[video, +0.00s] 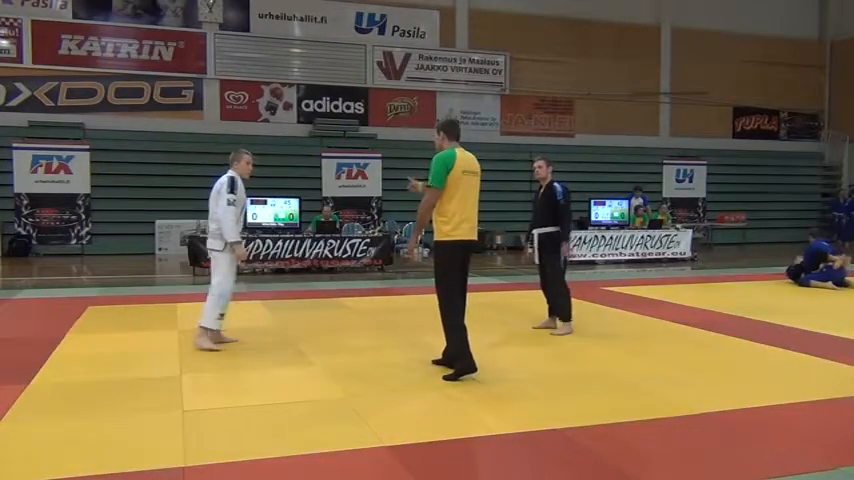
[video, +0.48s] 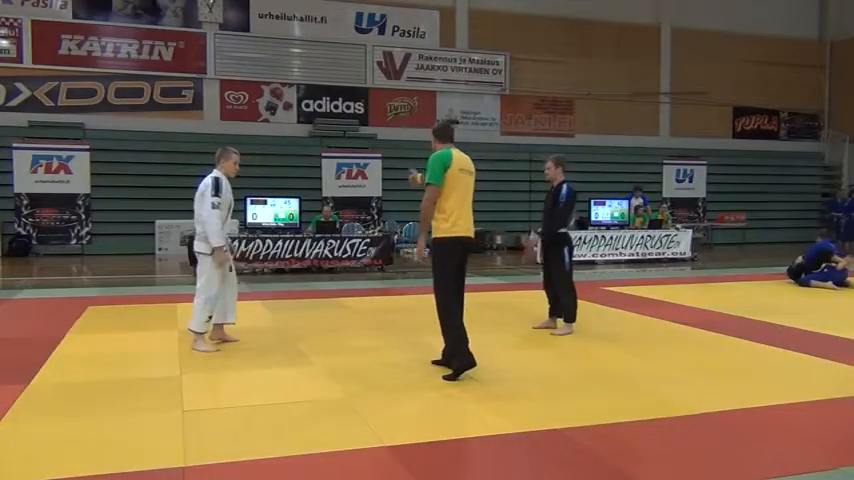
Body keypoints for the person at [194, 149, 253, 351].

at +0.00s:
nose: (251, 168)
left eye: (251, 164)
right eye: (248, 163)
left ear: (238, 164)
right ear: (236, 164)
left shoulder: (233, 182)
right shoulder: (231, 181)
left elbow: (229, 215)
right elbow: (228, 215)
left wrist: (236, 242)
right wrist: (236, 243)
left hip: (225, 243)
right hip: (221, 243)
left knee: (225, 285)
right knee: (221, 285)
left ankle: (215, 330)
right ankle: (203, 332)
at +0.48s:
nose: (238, 168)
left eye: (238, 164)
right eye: (235, 163)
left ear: (224, 162)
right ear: (223, 162)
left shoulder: (222, 183)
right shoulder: (215, 181)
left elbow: (215, 216)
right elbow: (211, 216)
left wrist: (222, 244)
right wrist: (219, 246)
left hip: (219, 244)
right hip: (208, 246)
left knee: (227, 285)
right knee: (208, 289)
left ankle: (218, 329)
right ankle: (198, 337)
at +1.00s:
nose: (232, 165)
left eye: (232, 161)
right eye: (229, 160)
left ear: (218, 161)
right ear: (217, 160)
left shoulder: (216, 182)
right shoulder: (208, 181)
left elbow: (216, 216)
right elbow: (206, 216)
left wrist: (226, 241)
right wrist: (223, 242)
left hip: (219, 245)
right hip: (209, 245)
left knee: (223, 288)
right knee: (209, 289)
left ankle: (217, 331)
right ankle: (199, 338)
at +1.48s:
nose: (231, 164)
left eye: (231, 159)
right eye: (229, 159)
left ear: (216, 160)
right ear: (216, 160)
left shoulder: (216, 182)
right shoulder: (209, 181)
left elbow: (215, 216)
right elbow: (206, 216)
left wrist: (225, 241)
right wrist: (220, 243)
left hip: (220, 245)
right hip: (210, 246)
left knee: (223, 288)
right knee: (209, 289)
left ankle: (217, 331)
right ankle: (199, 338)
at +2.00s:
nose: (235, 163)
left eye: (234, 159)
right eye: (232, 159)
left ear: (220, 160)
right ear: (221, 160)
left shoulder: (219, 182)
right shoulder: (212, 181)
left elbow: (217, 217)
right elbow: (206, 216)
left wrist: (225, 244)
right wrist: (217, 244)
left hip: (220, 245)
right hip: (210, 246)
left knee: (223, 288)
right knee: (210, 289)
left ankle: (217, 331)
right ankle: (199, 338)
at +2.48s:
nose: (256, 170)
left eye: (256, 166)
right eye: (254, 166)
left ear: (242, 166)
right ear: (243, 165)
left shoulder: (238, 186)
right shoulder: (232, 186)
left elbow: (233, 222)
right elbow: (231, 223)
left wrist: (256, 230)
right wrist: (259, 231)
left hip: (236, 249)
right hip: (221, 250)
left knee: (252, 284)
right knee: (216, 292)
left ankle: (261, 331)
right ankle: (199, 338)